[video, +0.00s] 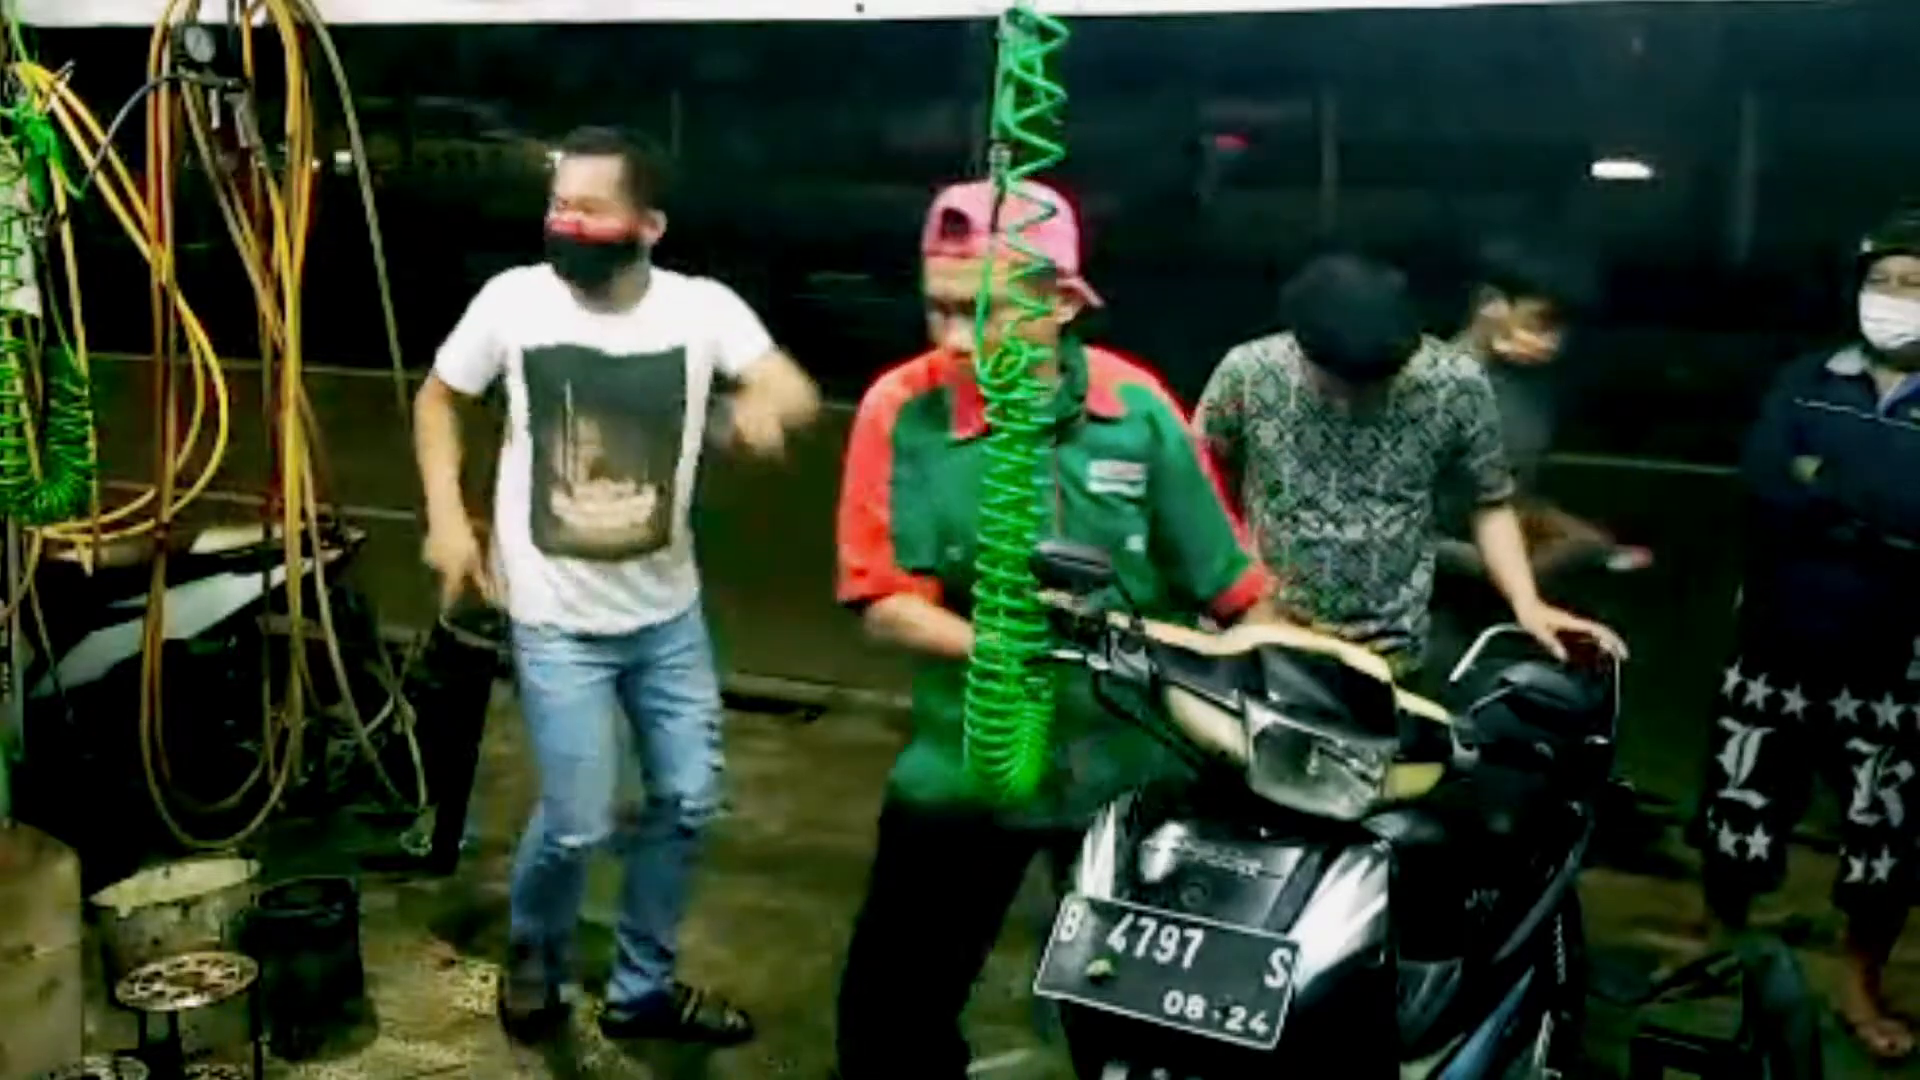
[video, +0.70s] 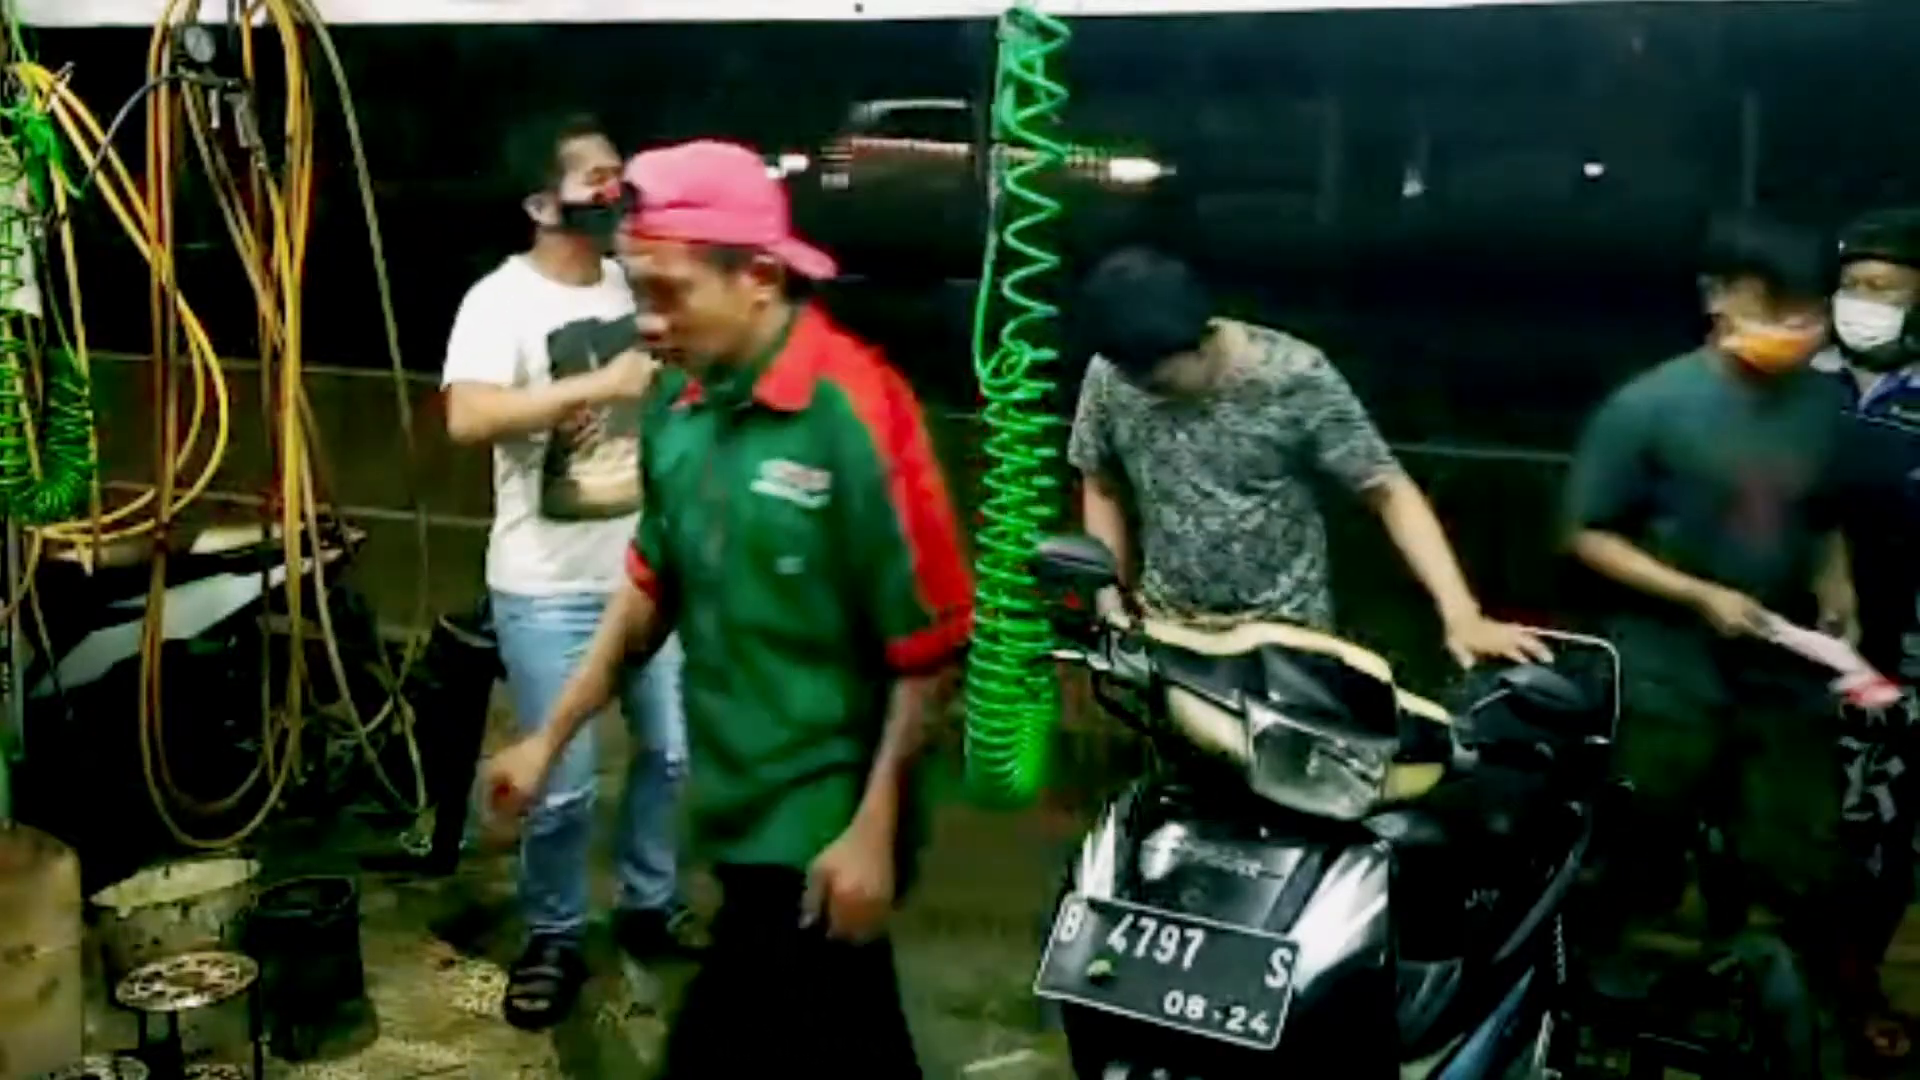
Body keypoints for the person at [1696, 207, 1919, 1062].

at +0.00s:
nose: (1897, 301)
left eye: (1913, 288)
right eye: (1885, 284)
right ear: (1858, 293)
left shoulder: (1918, 412)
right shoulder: (1807, 385)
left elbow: (1910, 517)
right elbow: (1761, 484)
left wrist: (1820, 475)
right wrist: (1871, 520)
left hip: (1889, 660)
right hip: (1782, 644)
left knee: (1884, 841)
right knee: (1737, 813)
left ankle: (1862, 981)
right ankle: (1716, 944)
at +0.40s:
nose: (1879, 304)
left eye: (1899, 291)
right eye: (1868, 286)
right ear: (1845, 293)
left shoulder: (1917, 411)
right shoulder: (1799, 384)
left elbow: (1909, 512)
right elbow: (1748, 483)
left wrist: (1814, 476)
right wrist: (1860, 507)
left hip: (1890, 649)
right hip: (1782, 632)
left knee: (1883, 832)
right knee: (1737, 799)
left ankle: (1863, 980)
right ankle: (1719, 932)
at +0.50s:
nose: (1876, 306)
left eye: (1896, 292)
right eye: (1864, 288)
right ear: (1838, 296)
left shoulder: (1918, 406)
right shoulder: (1787, 388)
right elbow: (1725, 496)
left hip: (1892, 656)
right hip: (1784, 643)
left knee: (1886, 837)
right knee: (1757, 808)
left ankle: (1862, 984)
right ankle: (1724, 942)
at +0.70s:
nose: (1868, 305)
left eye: (1888, 291)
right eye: (1856, 287)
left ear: (1918, 304)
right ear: (1835, 294)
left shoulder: (1908, 410)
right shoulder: (1805, 398)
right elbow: (1794, 524)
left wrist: (1882, 649)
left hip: (1901, 652)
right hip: (1815, 645)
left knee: (1885, 843)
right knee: (1820, 831)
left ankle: (1860, 995)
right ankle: (1823, 994)